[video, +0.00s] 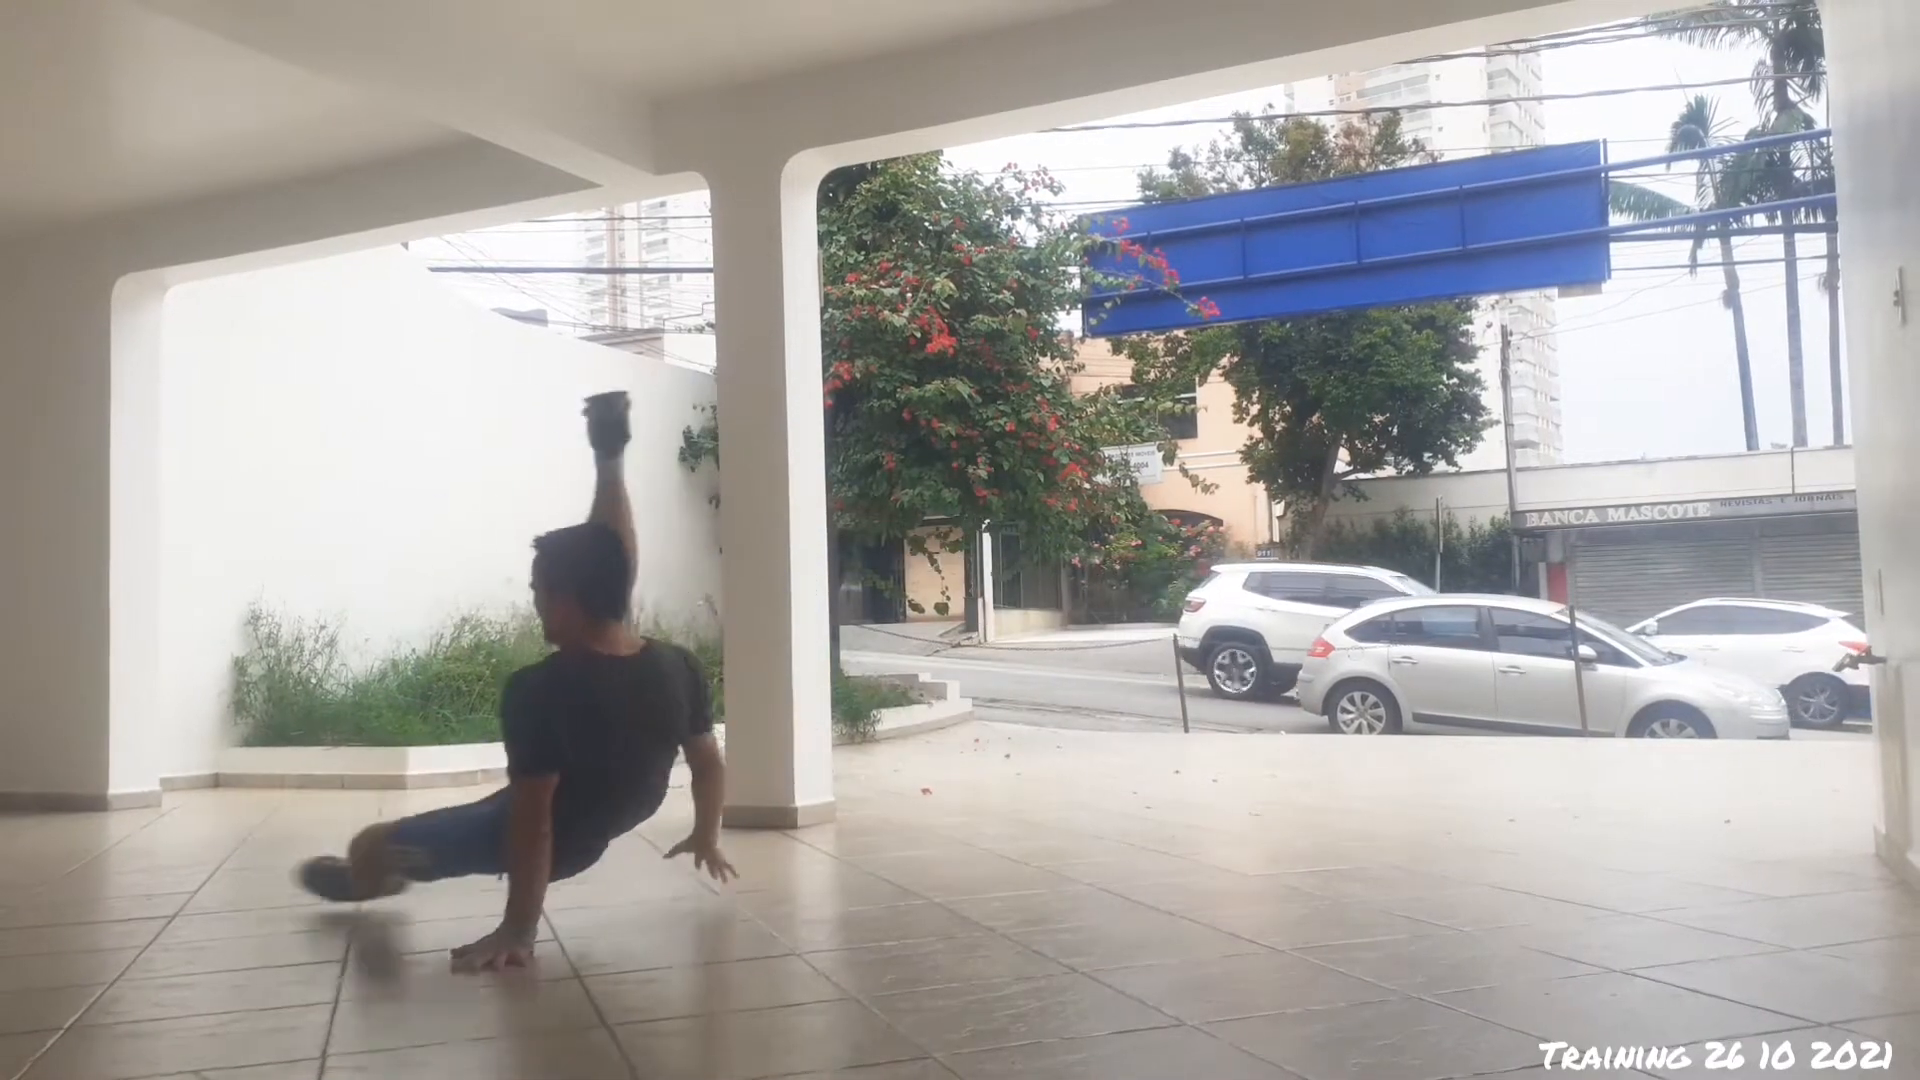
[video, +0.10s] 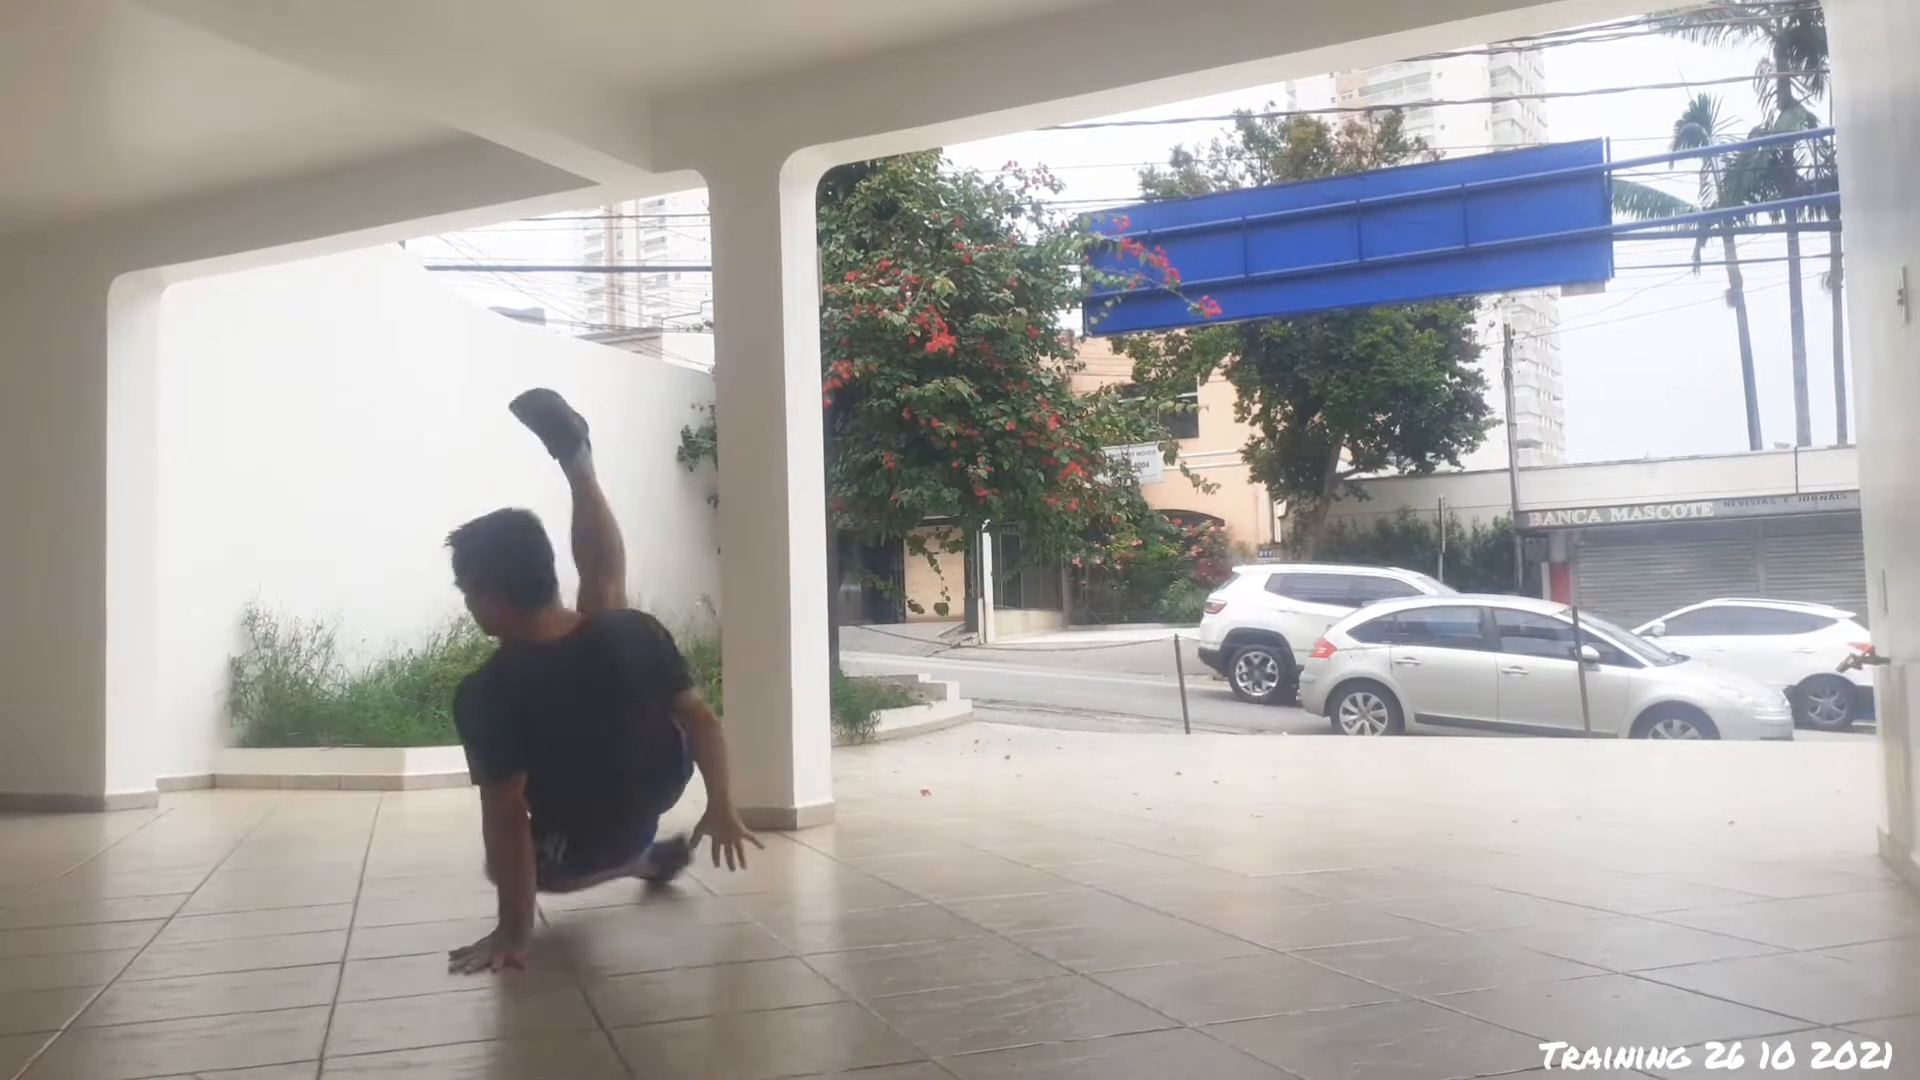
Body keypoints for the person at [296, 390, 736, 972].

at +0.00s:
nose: (535, 606)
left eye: (540, 592)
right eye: (536, 591)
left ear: (567, 601)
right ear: (619, 598)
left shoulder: (535, 689)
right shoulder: (676, 669)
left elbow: (532, 822)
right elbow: (707, 763)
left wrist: (517, 930)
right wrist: (707, 836)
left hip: (536, 836)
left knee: (376, 842)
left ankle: (364, 884)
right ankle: (610, 457)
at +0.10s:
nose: (467, 607)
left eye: (467, 593)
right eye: (463, 593)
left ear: (489, 596)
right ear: (542, 570)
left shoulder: (485, 694)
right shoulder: (633, 634)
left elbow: (507, 814)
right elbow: (701, 721)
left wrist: (512, 933)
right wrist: (721, 806)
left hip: (567, 854)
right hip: (649, 812)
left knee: (500, 865)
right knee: (606, 593)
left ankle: (650, 858)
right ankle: (576, 455)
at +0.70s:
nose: (439, 693)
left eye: (427, 680)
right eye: (424, 685)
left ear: (444, 645)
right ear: (460, 613)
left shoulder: (523, 671)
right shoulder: (551, 605)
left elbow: (534, 816)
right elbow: (670, 628)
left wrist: (516, 935)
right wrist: (755, 680)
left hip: (727, 726)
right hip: (738, 679)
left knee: (834, 856)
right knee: (678, 756)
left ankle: (1013, 840)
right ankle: (764, 848)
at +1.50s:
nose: (543, 791)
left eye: (530, 789)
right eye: (531, 793)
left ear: (523, 750)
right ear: (520, 736)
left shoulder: (587, 705)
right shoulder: (576, 687)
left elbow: (574, 828)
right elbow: (576, 824)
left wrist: (519, 930)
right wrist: (524, 926)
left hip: (783, 601)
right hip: (752, 604)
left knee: (844, 739)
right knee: (769, 734)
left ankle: (914, 894)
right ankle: (767, 844)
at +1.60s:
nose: (573, 792)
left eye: (558, 788)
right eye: (561, 792)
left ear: (548, 751)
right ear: (549, 736)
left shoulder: (611, 702)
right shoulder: (604, 683)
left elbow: (588, 828)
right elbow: (589, 823)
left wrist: (521, 929)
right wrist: (528, 923)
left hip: (803, 598)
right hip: (772, 595)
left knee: (857, 735)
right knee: (777, 727)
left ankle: (915, 894)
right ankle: (767, 844)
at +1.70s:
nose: (590, 791)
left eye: (575, 788)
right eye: (579, 791)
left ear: (571, 749)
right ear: (570, 738)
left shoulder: (632, 703)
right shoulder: (630, 668)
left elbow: (604, 830)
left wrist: (534, 928)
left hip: (824, 597)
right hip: (789, 590)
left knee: (872, 735)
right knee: (787, 724)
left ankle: (918, 896)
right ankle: (767, 843)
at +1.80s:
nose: (615, 784)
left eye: (599, 781)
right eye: (603, 785)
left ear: (586, 746)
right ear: (587, 731)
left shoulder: (652, 699)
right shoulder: (646, 667)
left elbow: (633, 828)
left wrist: (567, 932)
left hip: (840, 598)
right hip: (804, 597)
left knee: (883, 737)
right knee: (795, 724)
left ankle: (919, 897)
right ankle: (769, 843)